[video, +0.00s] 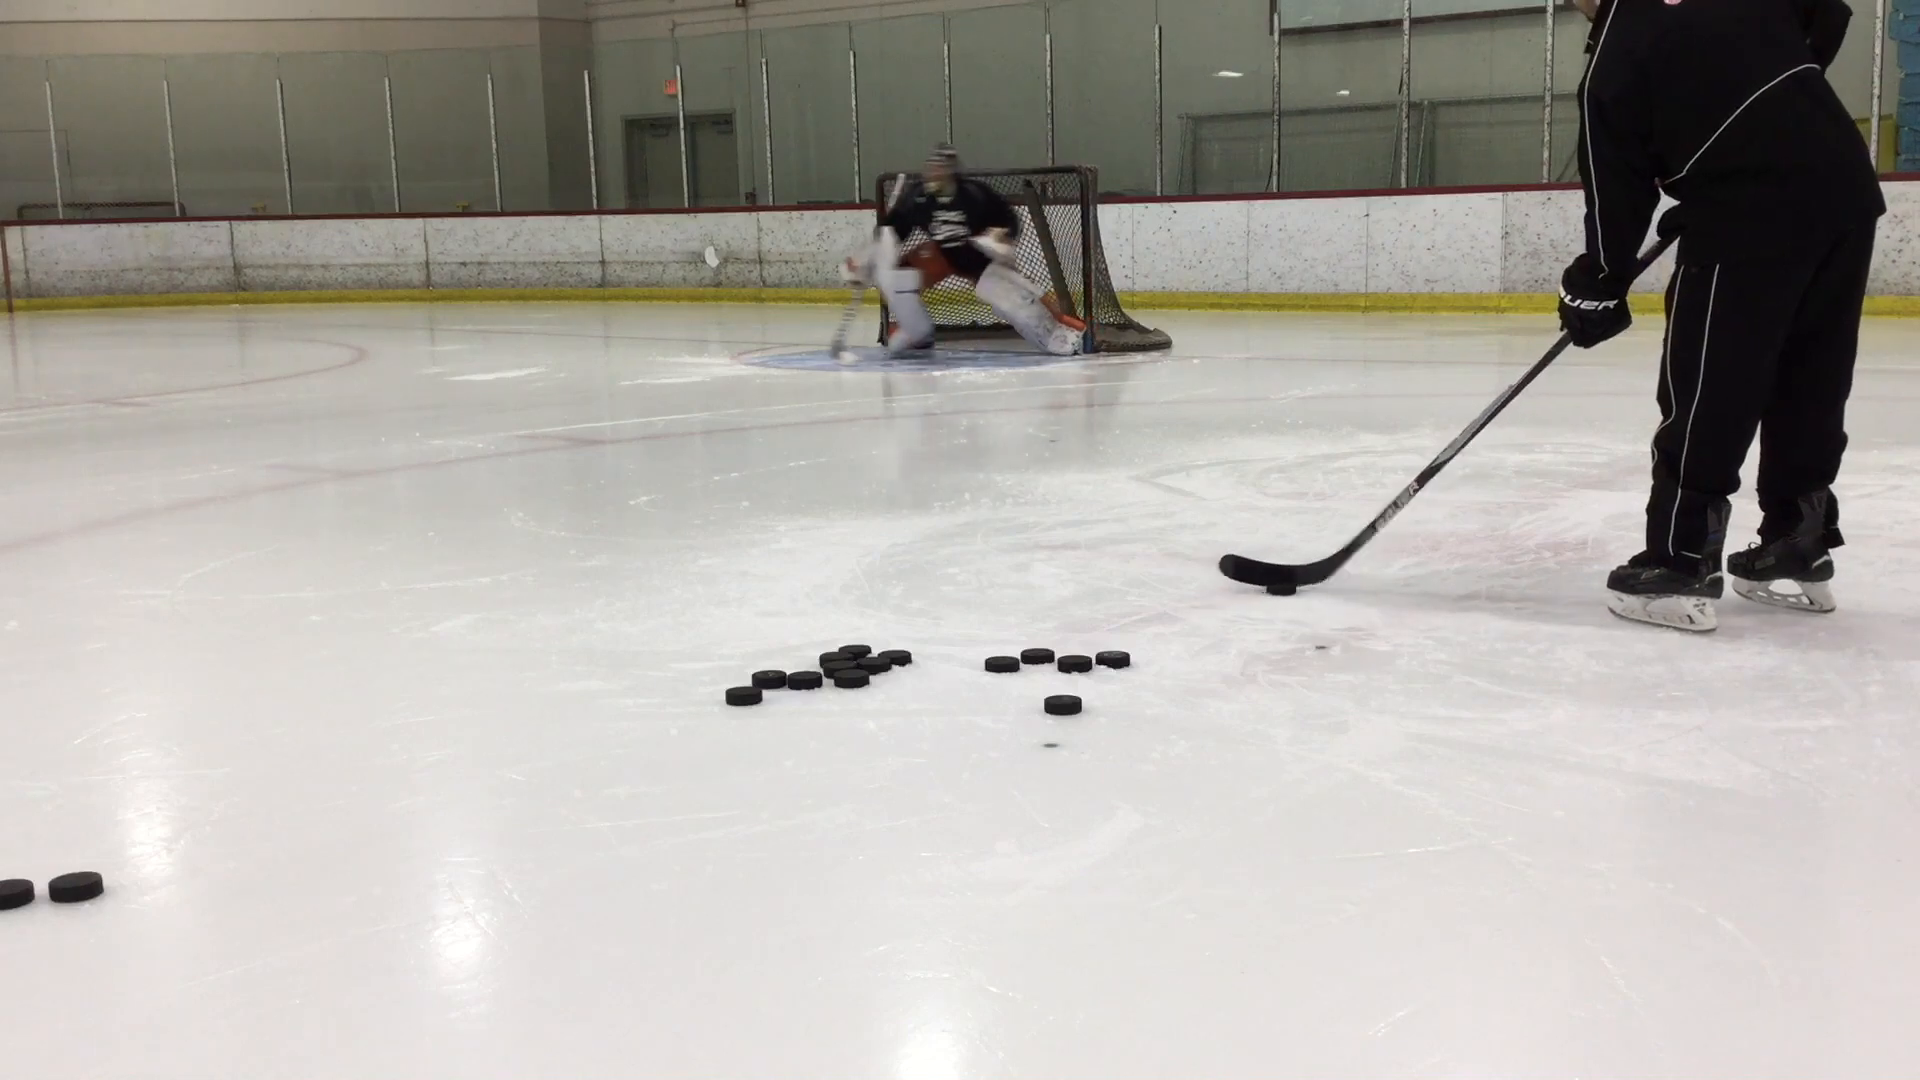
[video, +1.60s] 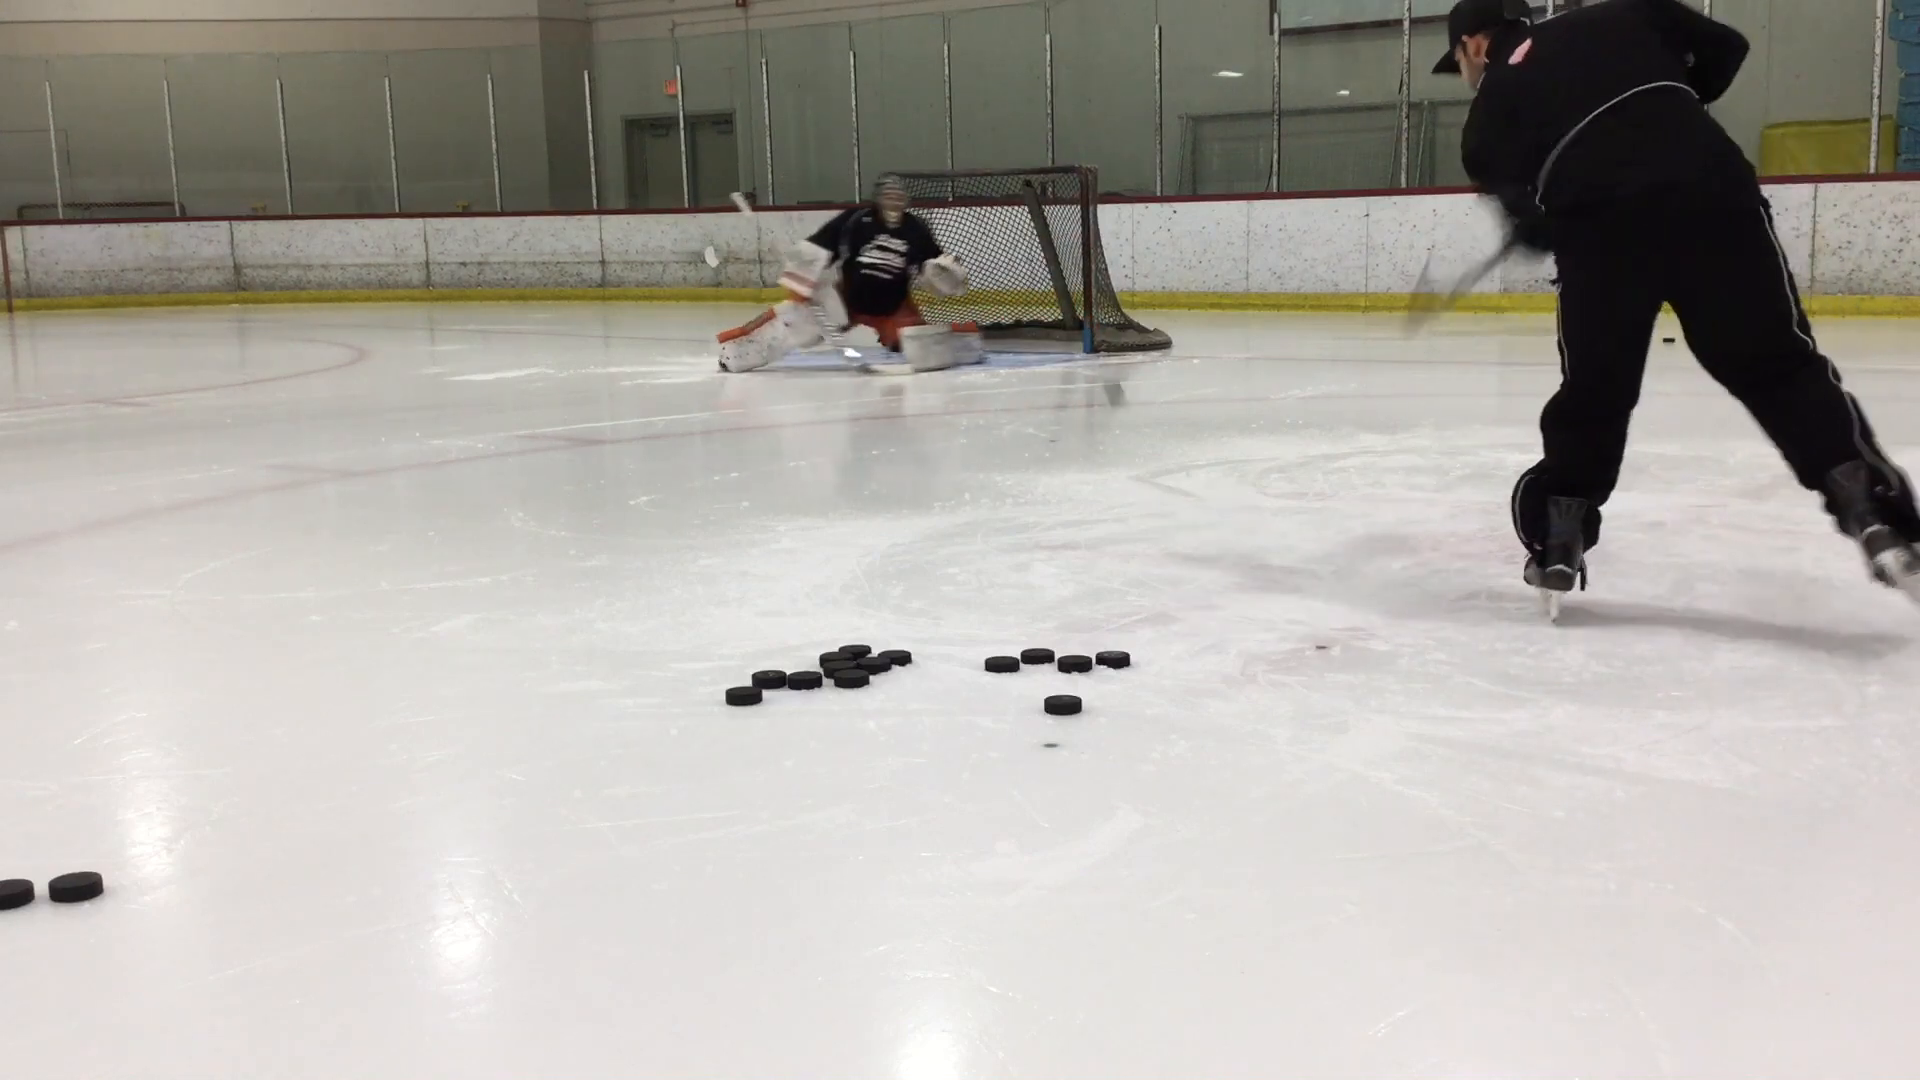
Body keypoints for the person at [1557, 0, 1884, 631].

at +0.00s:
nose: (1573, 11)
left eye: (1573, 7)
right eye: (1572, 6)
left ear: (1588, 4)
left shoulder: (1611, 69)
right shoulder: (1733, 7)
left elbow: (1618, 186)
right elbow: (1831, 13)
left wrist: (1598, 283)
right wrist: (1777, 93)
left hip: (1745, 211)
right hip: (1846, 195)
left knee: (1704, 387)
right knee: (1811, 381)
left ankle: (1682, 558)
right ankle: (1798, 544)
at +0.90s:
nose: (1550, 17)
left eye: (1549, 7)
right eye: (1546, 9)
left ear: (1568, 3)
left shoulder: (1590, 74)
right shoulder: (1717, 5)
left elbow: (1598, 204)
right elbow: (1801, 59)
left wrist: (1579, 314)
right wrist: (1726, 173)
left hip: (1727, 213)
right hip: (1828, 193)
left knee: (1689, 388)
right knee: (1797, 380)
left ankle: (1674, 559)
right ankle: (1796, 545)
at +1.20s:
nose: (1514, 57)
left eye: (1510, 39)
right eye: (1507, 45)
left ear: (1537, 14)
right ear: (1578, 9)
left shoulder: (1563, 87)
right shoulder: (1682, 23)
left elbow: (1567, 217)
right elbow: (1764, 89)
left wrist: (1548, 324)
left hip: (1694, 225)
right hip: (1801, 204)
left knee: (1645, 392)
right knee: (1788, 391)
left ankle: (1626, 553)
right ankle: (1832, 548)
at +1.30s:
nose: (1495, 66)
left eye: (1489, 48)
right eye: (1486, 55)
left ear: (1517, 17)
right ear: (1554, 12)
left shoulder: (1546, 85)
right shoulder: (1656, 31)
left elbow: (1551, 214)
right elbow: (1743, 89)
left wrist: (1539, 324)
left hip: (1674, 218)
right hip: (1778, 197)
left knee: (1627, 385)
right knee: (1778, 384)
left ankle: (1599, 546)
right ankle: (1843, 541)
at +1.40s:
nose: (1483, 73)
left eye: (1474, 54)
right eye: (1472, 63)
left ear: (1497, 15)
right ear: (1542, 9)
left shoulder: (1525, 84)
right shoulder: (1630, 31)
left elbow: (1538, 203)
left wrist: (1540, 310)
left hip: (1644, 228)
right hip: (1749, 205)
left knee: (1613, 384)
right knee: (1792, 372)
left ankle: (1577, 543)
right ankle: (1867, 532)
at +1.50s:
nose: (1472, 76)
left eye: (1466, 62)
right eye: (1464, 68)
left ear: (1481, 29)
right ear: (1522, 13)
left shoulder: (1504, 100)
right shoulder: (1626, 10)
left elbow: (1516, 225)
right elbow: (1723, 44)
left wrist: (1490, 278)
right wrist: (1651, 90)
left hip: (1616, 238)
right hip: (1723, 203)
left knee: (1604, 388)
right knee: (1793, 363)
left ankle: (1572, 537)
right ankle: (1882, 499)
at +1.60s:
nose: (1463, 77)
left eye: (1459, 62)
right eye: (1459, 64)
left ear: (1476, 44)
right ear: (1521, 23)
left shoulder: (1486, 118)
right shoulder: (1620, 13)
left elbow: (1526, 217)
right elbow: (1727, 44)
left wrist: (1547, 232)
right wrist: (1671, 106)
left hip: (1604, 233)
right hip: (1713, 201)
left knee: (1594, 391)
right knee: (1772, 358)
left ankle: (1561, 534)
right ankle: (1863, 492)